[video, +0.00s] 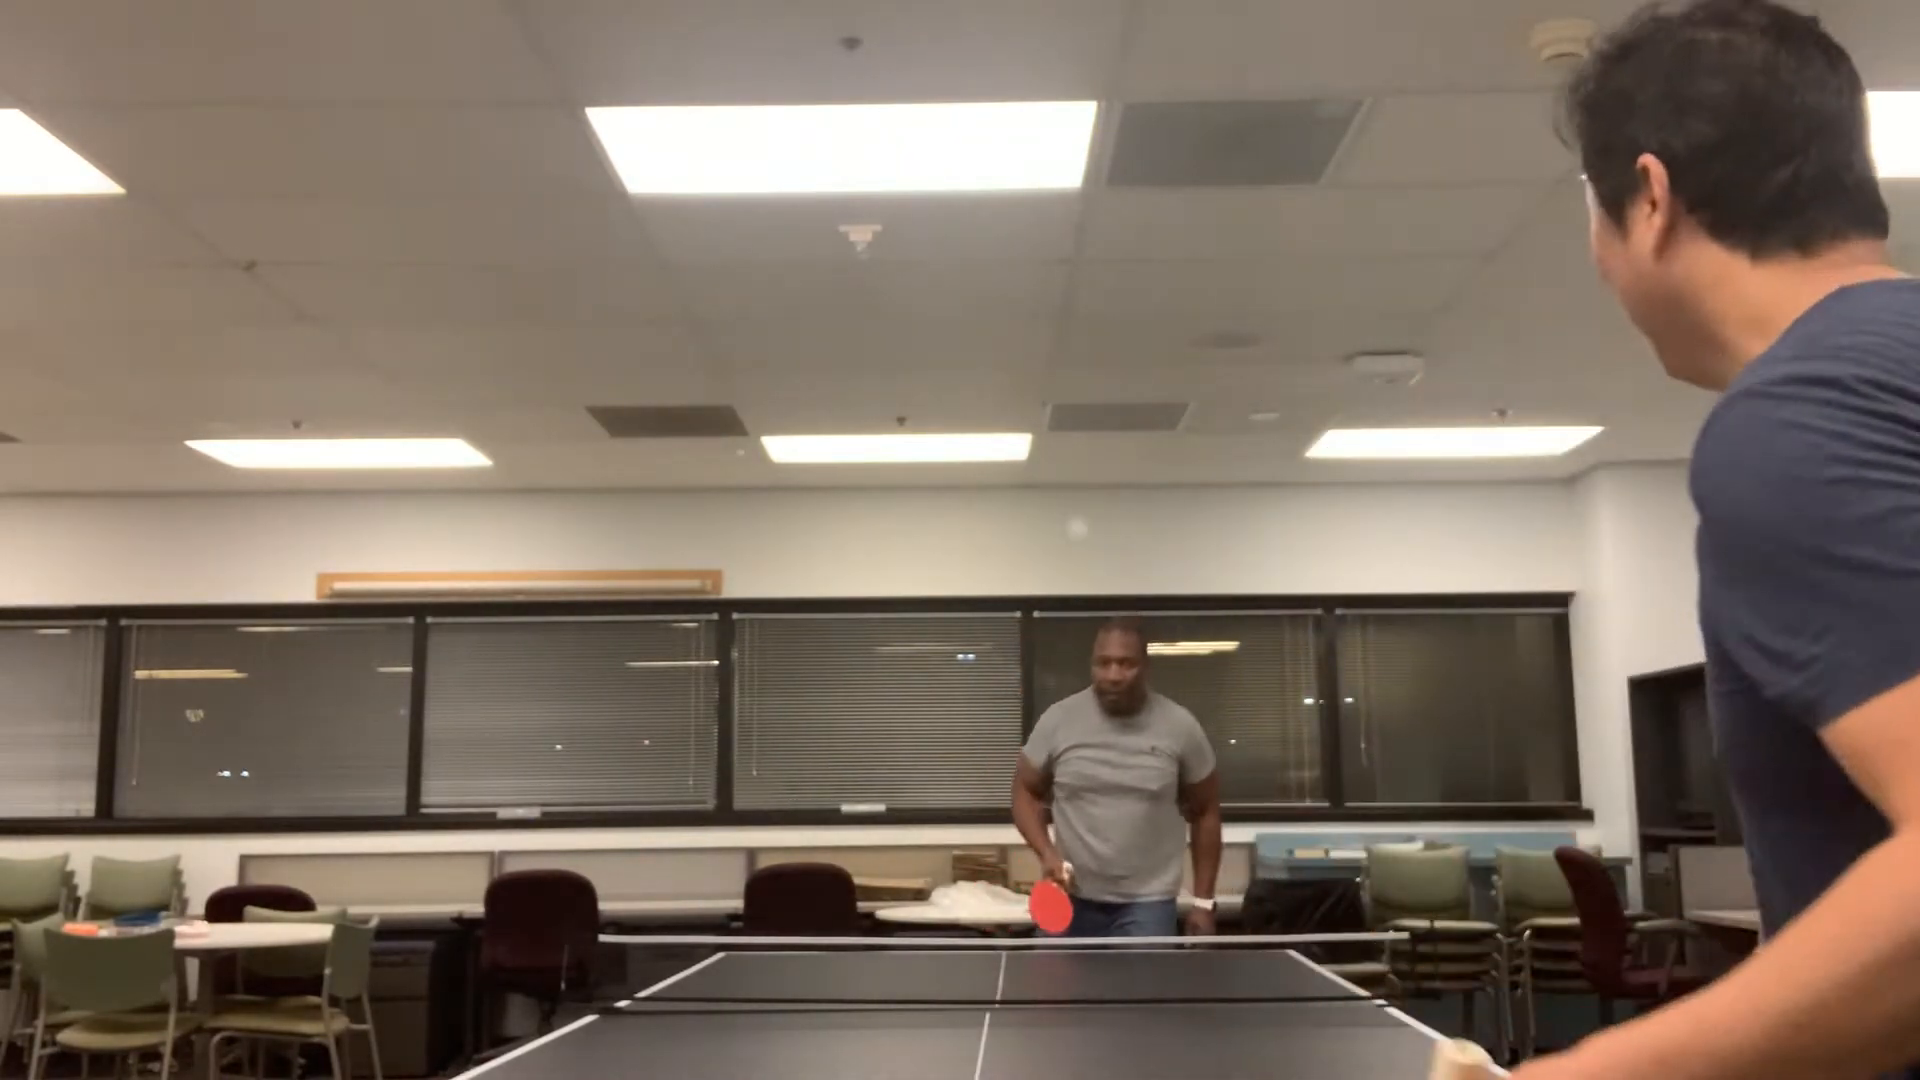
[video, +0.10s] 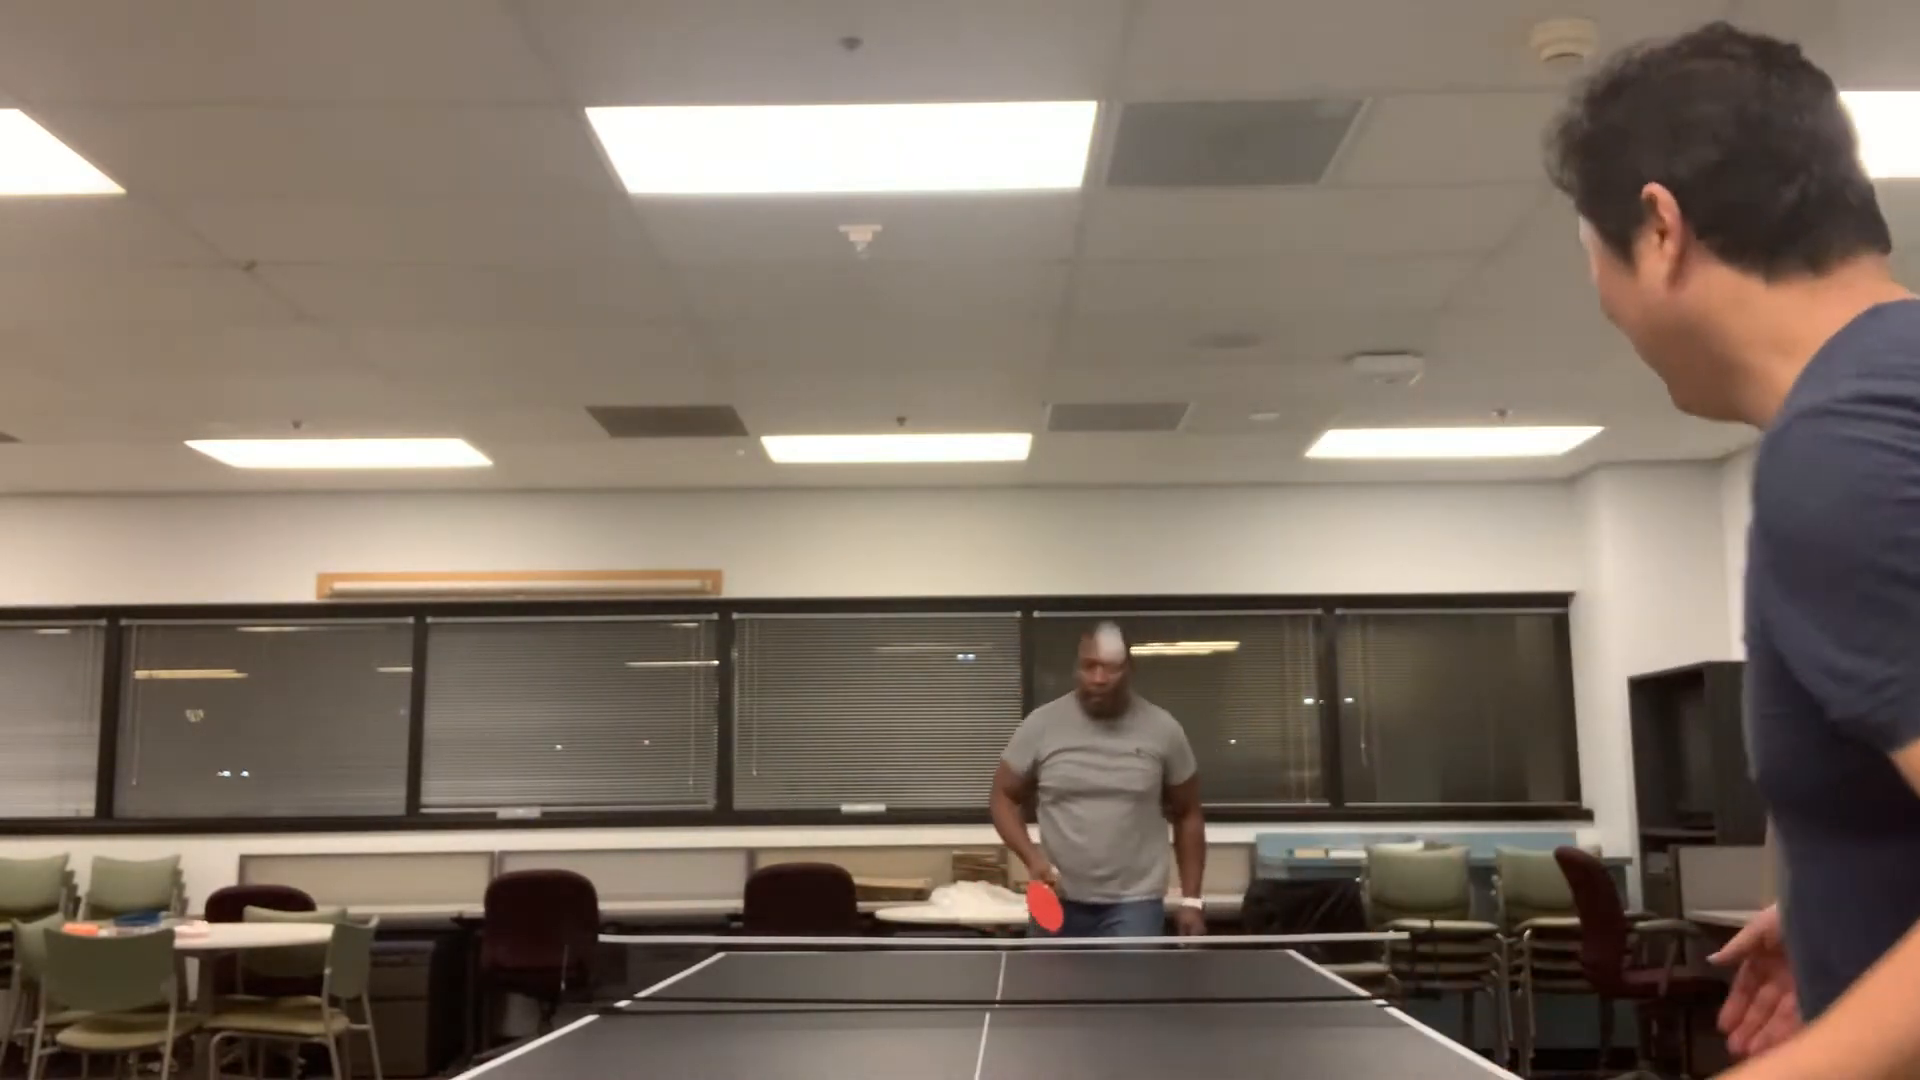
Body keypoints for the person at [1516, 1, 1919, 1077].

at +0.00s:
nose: (1602, 262)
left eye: (1597, 214)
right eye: (1595, 218)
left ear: (1654, 201)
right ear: (1838, 174)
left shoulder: (1787, 423)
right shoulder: (1895, 347)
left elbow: (1917, 835)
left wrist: (1605, 1065)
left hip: (1878, 1052)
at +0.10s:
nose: (1607, 302)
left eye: (1599, 256)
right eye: (1594, 262)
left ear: (1663, 233)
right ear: (1828, 193)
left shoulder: (1837, 453)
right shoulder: (1888, 389)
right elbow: (1910, 763)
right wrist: (1834, 914)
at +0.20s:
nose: (1634, 343)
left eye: (1625, 295)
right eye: (1620, 300)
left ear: (1701, 265)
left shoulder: (1876, 497)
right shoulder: (1867, 475)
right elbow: (1909, 790)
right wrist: (1831, 919)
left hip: (1891, 1053)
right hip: (1873, 1052)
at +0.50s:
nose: (1754, 383)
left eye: (1754, 333)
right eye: (1745, 339)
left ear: (1856, 317)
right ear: (1854, 320)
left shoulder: (1908, 577)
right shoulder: (1906, 568)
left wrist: (1884, 968)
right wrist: (1883, 955)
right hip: (1893, 1046)